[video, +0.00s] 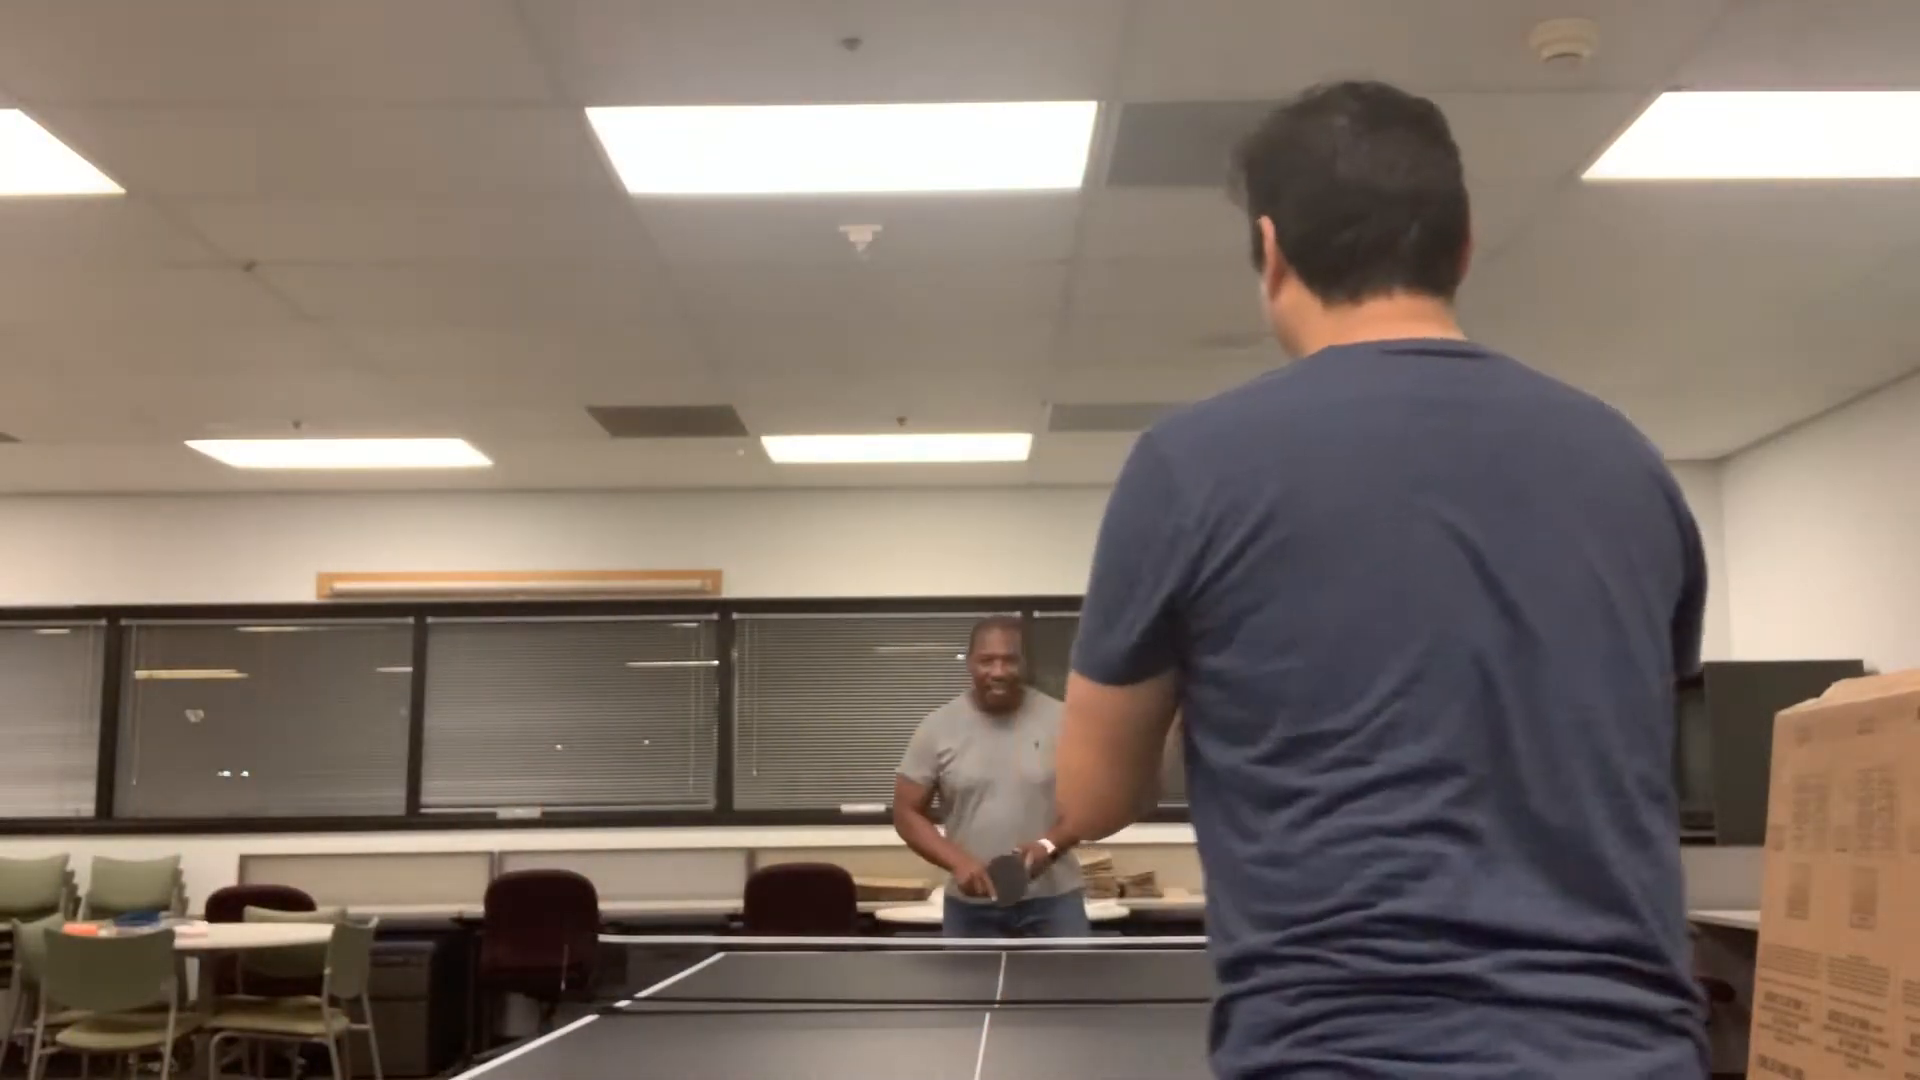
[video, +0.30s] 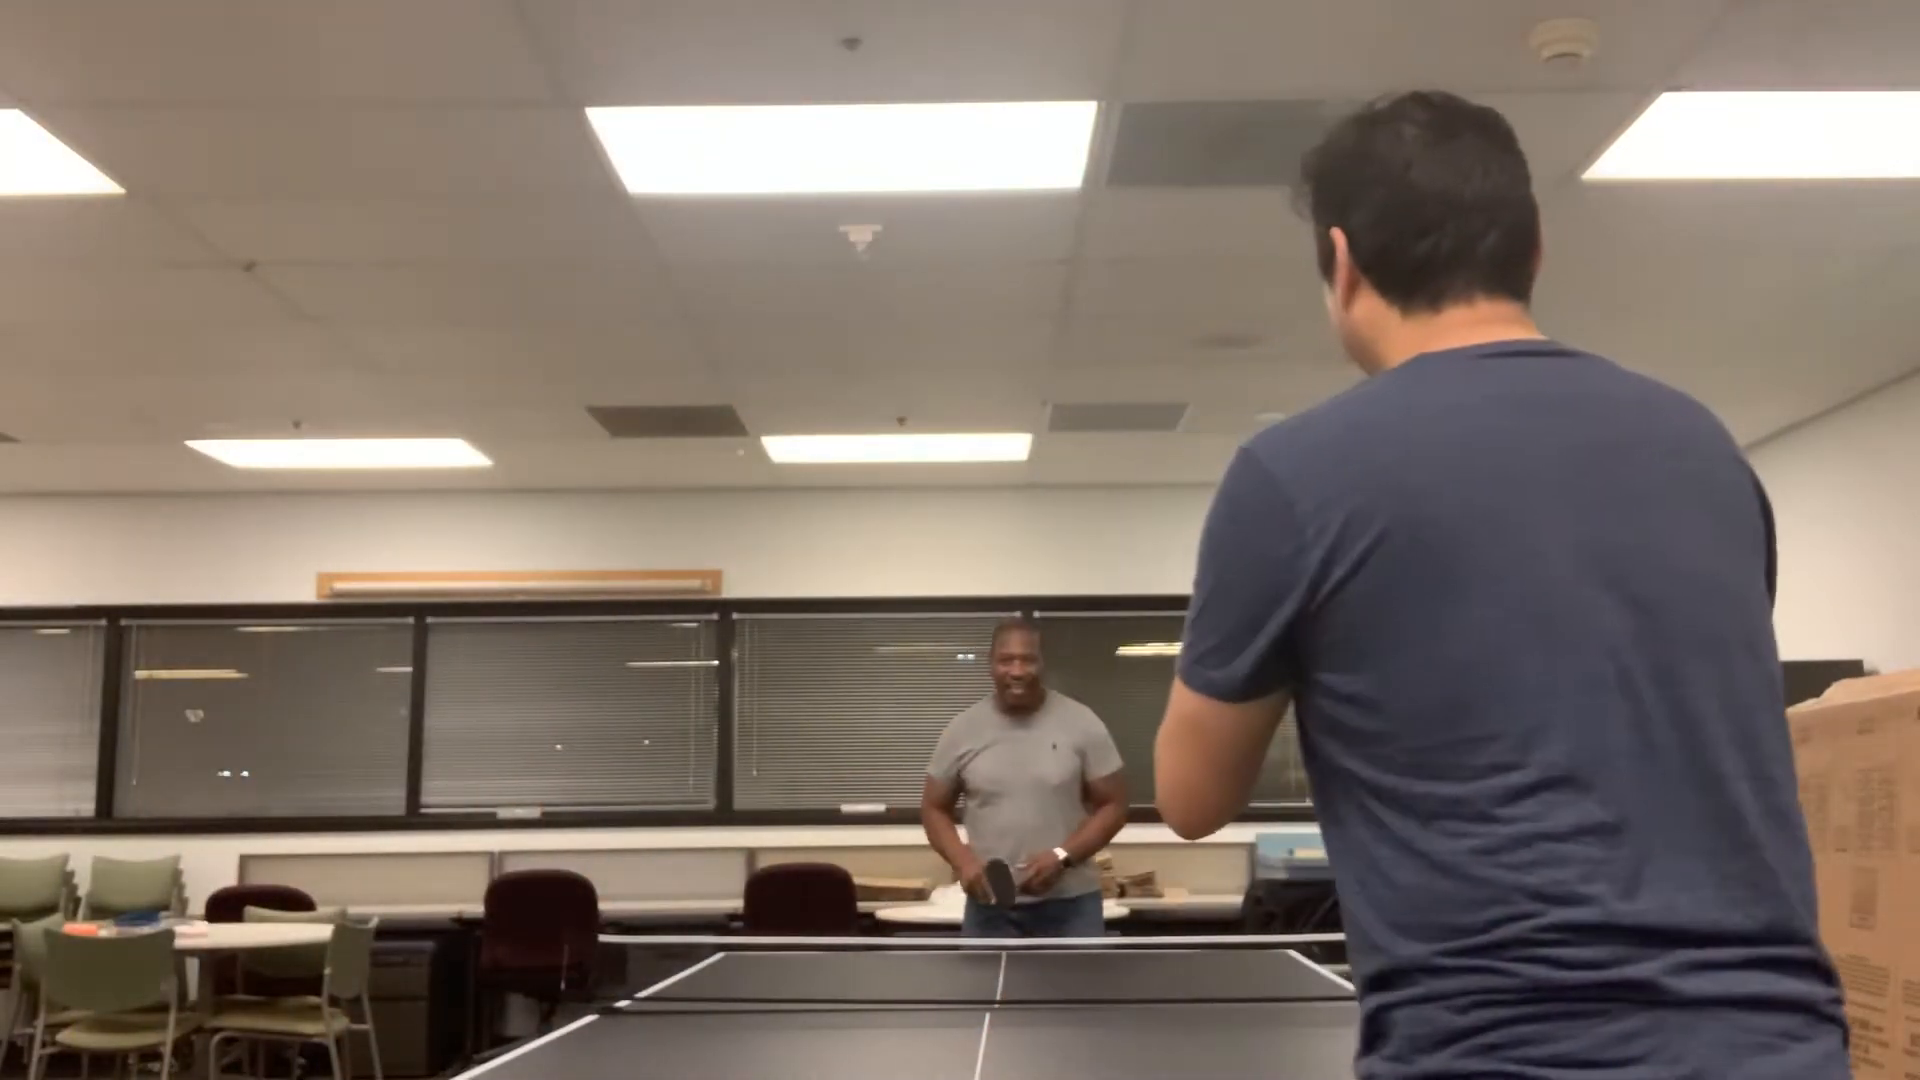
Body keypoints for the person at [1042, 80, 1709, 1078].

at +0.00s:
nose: (1251, 284)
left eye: (1247, 256)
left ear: (1269, 252)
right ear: (1464, 245)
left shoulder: (1194, 461)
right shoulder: (1625, 459)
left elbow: (1092, 798)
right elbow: (1645, 739)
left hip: (1324, 1044)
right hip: (1624, 1045)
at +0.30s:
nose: (1325, 304)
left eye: (1319, 272)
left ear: (1341, 262)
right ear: (1535, 250)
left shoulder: (1296, 472)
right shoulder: (1706, 444)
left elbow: (1191, 800)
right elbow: (1724, 709)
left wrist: (1298, 615)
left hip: (1477, 1046)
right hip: (1774, 1042)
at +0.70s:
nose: (1303, 301)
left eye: (1296, 269)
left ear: (1320, 258)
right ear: (1513, 248)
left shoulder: (1285, 458)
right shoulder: (1676, 425)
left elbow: (1189, 792)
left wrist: (1286, 673)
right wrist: (1320, 681)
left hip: (1517, 1050)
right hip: (1810, 1039)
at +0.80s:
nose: (1285, 318)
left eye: (1279, 283)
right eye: (1277, 288)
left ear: (1307, 275)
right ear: (1488, 259)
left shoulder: (1292, 470)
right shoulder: (1653, 434)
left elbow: (1175, 807)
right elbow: (1515, 748)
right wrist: (1207, 751)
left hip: (1544, 1048)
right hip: (1817, 1034)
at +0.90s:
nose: (1272, 359)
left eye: (1265, 322)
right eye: (1266, 326)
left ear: (1301, 301)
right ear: (1460, 286)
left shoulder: (1314, 495)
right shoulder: (1629, 459)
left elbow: (1178, 859)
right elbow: (1496, 811)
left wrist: (1121, 817)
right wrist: (1217, 825)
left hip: (1578, 1052)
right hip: (1842, 1034)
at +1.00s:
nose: (1262, 400)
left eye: (1257, 358)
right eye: (1256, 364)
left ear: (1297, 346)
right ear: (1447, 327)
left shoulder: (1370, 526)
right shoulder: (1579, 481)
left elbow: (1227, 933)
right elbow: (1487, 843)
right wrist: (1232, 893)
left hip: (1640, 1057)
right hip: (1855, 1030)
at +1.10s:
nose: (1260, 446)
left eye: (1254, 403)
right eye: (1255, 407)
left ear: (1303, 390)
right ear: (1443, 368)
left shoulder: (1424, 544)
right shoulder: (1543, 510)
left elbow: (1386, 960)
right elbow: (1393, 863)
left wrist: (1131, 1074)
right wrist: (1150, 944)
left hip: (1708, 1054)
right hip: (1844, 1031)